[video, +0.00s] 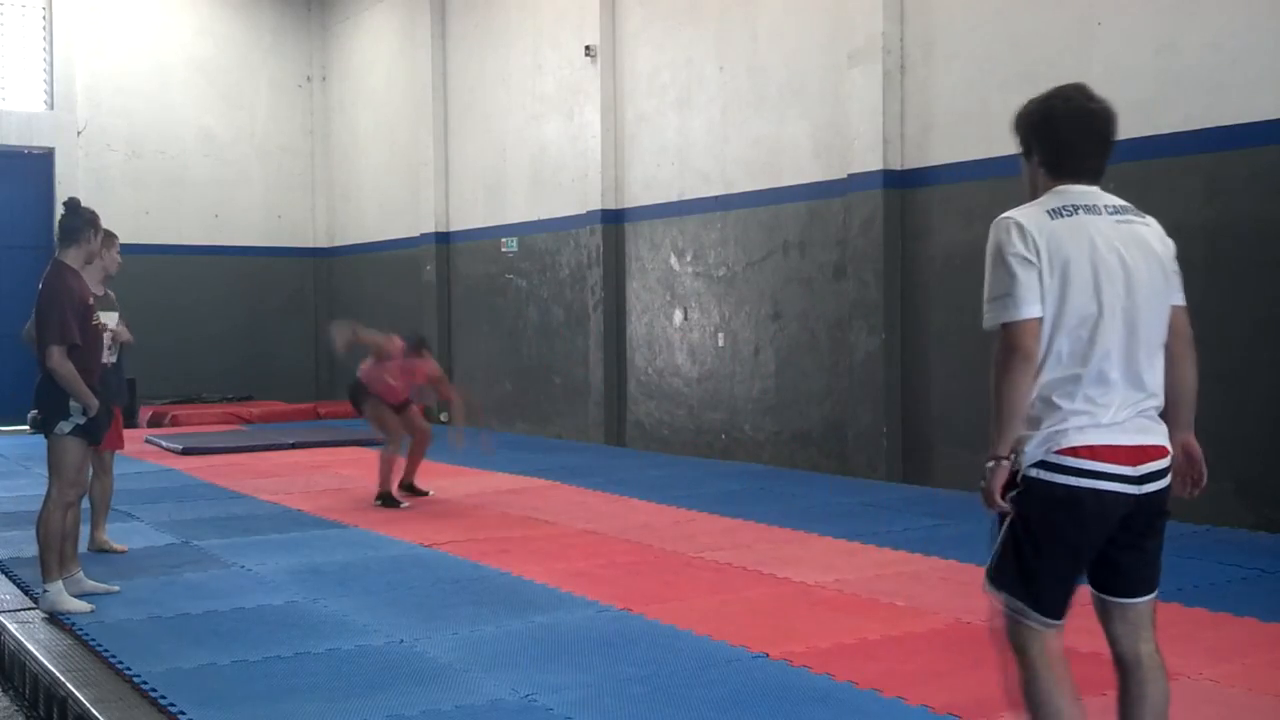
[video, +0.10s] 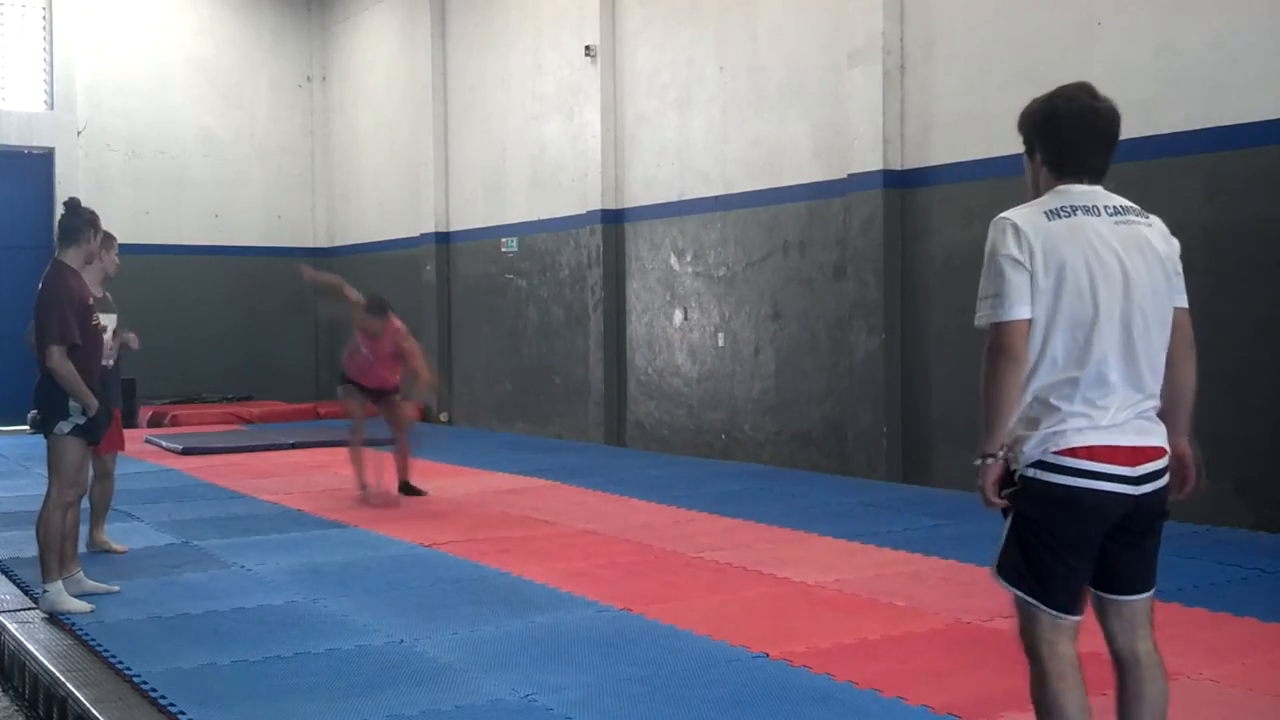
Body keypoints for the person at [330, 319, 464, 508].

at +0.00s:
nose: (413, 363)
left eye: (418, 359)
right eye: (411, 358)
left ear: (424, 356)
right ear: (406, 351)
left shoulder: (430, 367)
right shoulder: (392, 347)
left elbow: (452, 397)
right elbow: (356, 332)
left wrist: (457, 430)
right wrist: (342, 341)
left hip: (397, 398)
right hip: (367, 391)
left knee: (422, 432)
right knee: (395, 434)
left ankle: (407, 482)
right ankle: (384, 492)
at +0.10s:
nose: (368, 329)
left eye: (374, 326)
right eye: (366, 324)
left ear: (385, 321)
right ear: (363, 315)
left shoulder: (400, 335)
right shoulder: (361, 310)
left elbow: (423, 374)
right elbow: (340, 284)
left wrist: (413, 403)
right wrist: (313, 276)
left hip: (386, 386)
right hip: (354, 381)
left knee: (401, 427)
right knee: (356, 426)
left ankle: (404, 482)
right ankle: (362, 486)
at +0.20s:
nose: (334, 303)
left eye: (337, 299)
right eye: (332, 299)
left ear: (347, 294)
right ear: (332, 294)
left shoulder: (369, 312)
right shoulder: (343, 301)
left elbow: (397, 346)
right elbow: (330, 271)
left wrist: (377, 368)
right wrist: (303, 259)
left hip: (372, 376)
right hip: (346, 372)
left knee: (365, 423)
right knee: (328, 414)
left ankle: (371, 481)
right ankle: (340, 473)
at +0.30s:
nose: (310, 295)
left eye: (312, 290)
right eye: (310, 290)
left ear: (319, 288)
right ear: (325, 282)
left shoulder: (336, 300)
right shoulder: (331, 297)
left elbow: (357, 322)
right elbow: (316, 275)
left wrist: (335, 338)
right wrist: (294, 264)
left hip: (355, 378)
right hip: (344, 377)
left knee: (339, 429)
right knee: (312, 413)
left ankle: (350, 486)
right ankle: (318, 470)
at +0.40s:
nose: (294, 300)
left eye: (294, 295)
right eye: (293, 296)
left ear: (299, 292)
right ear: (312, 286)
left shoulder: (318, 303)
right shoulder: (326, 301)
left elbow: (302, 312)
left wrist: (277, 315)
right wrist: (287, 282)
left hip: (340, 375)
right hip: (338, 374)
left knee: (313, 419)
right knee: (312, 418)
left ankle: (338, 477)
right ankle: (299, 464)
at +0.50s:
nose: (276, 314)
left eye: (279, 308)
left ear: (288, 307)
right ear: (305, 306)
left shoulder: (291, 316)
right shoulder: (320, 324)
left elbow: (259, 306)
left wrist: (225, 307)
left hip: (321, 377)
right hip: (343, 378)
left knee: (286, 421)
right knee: (309, 424)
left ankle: (299, 472)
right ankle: (293, 467)